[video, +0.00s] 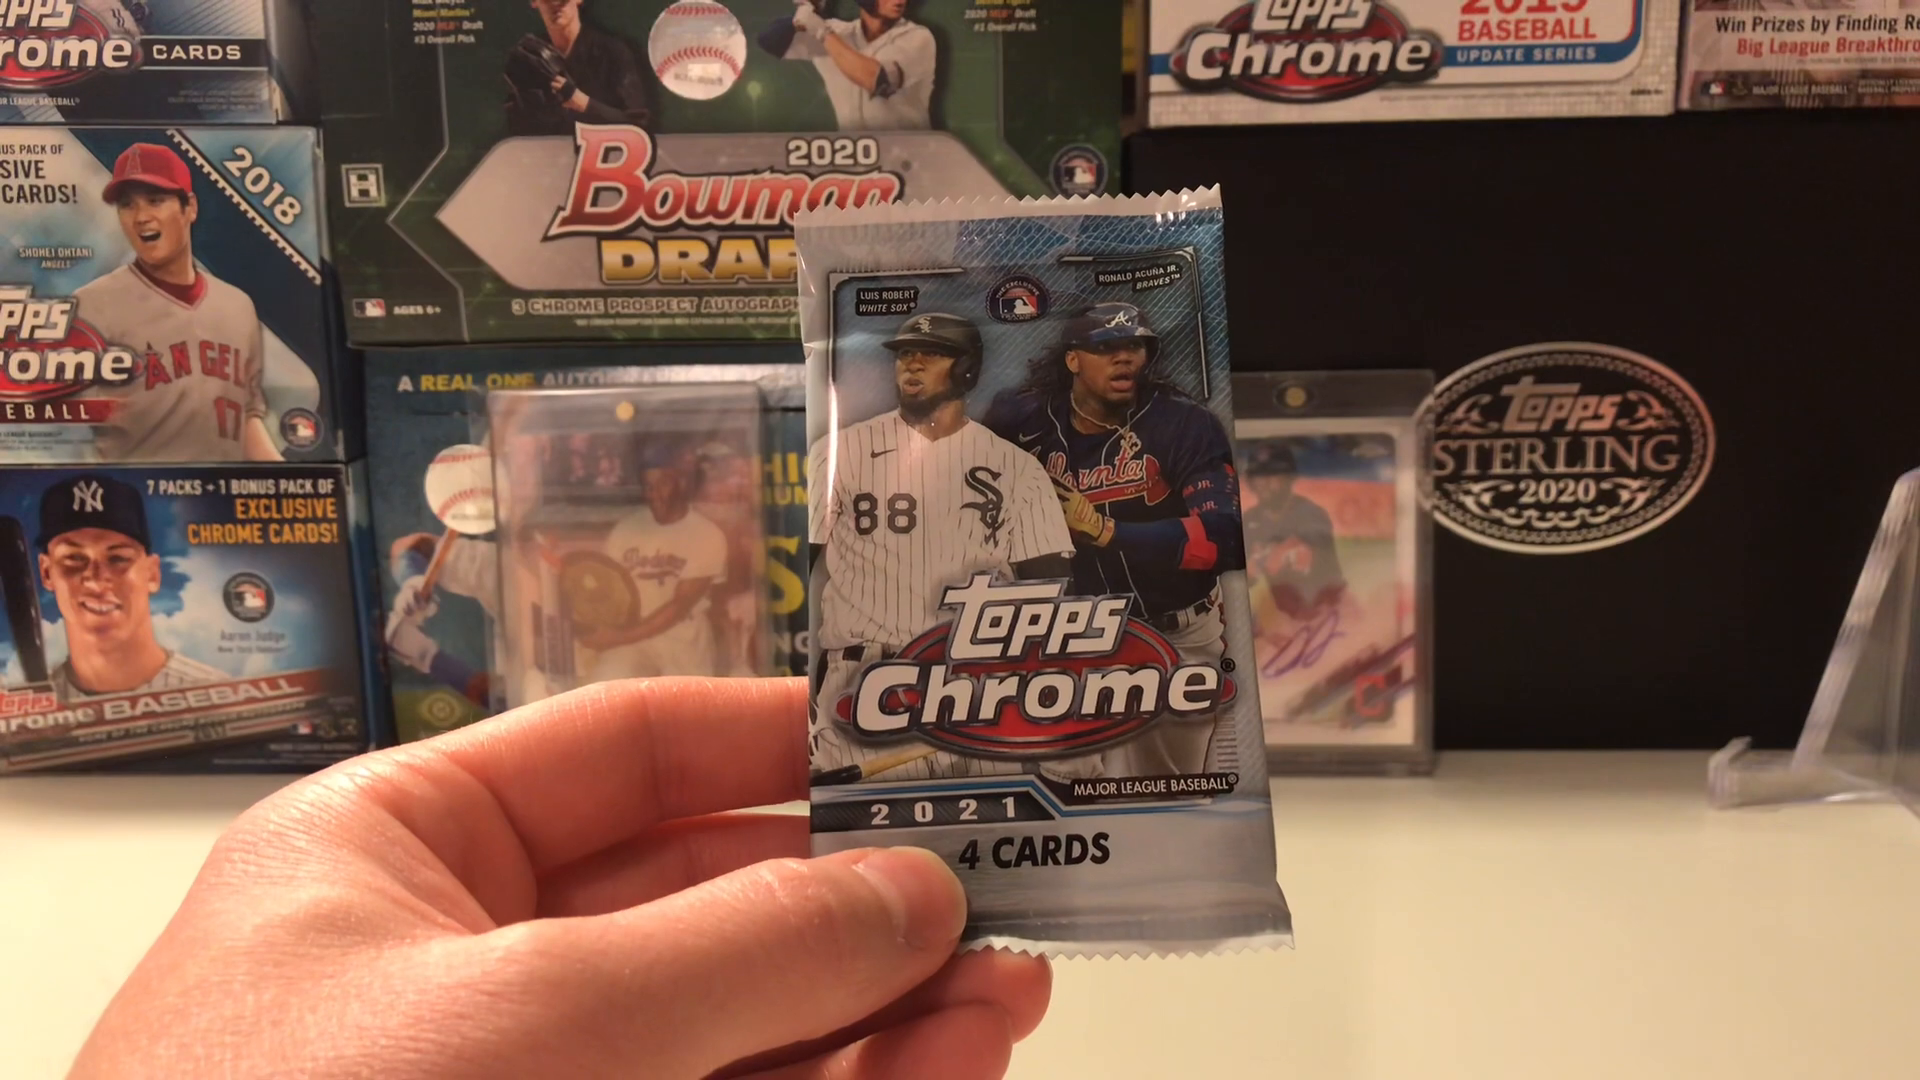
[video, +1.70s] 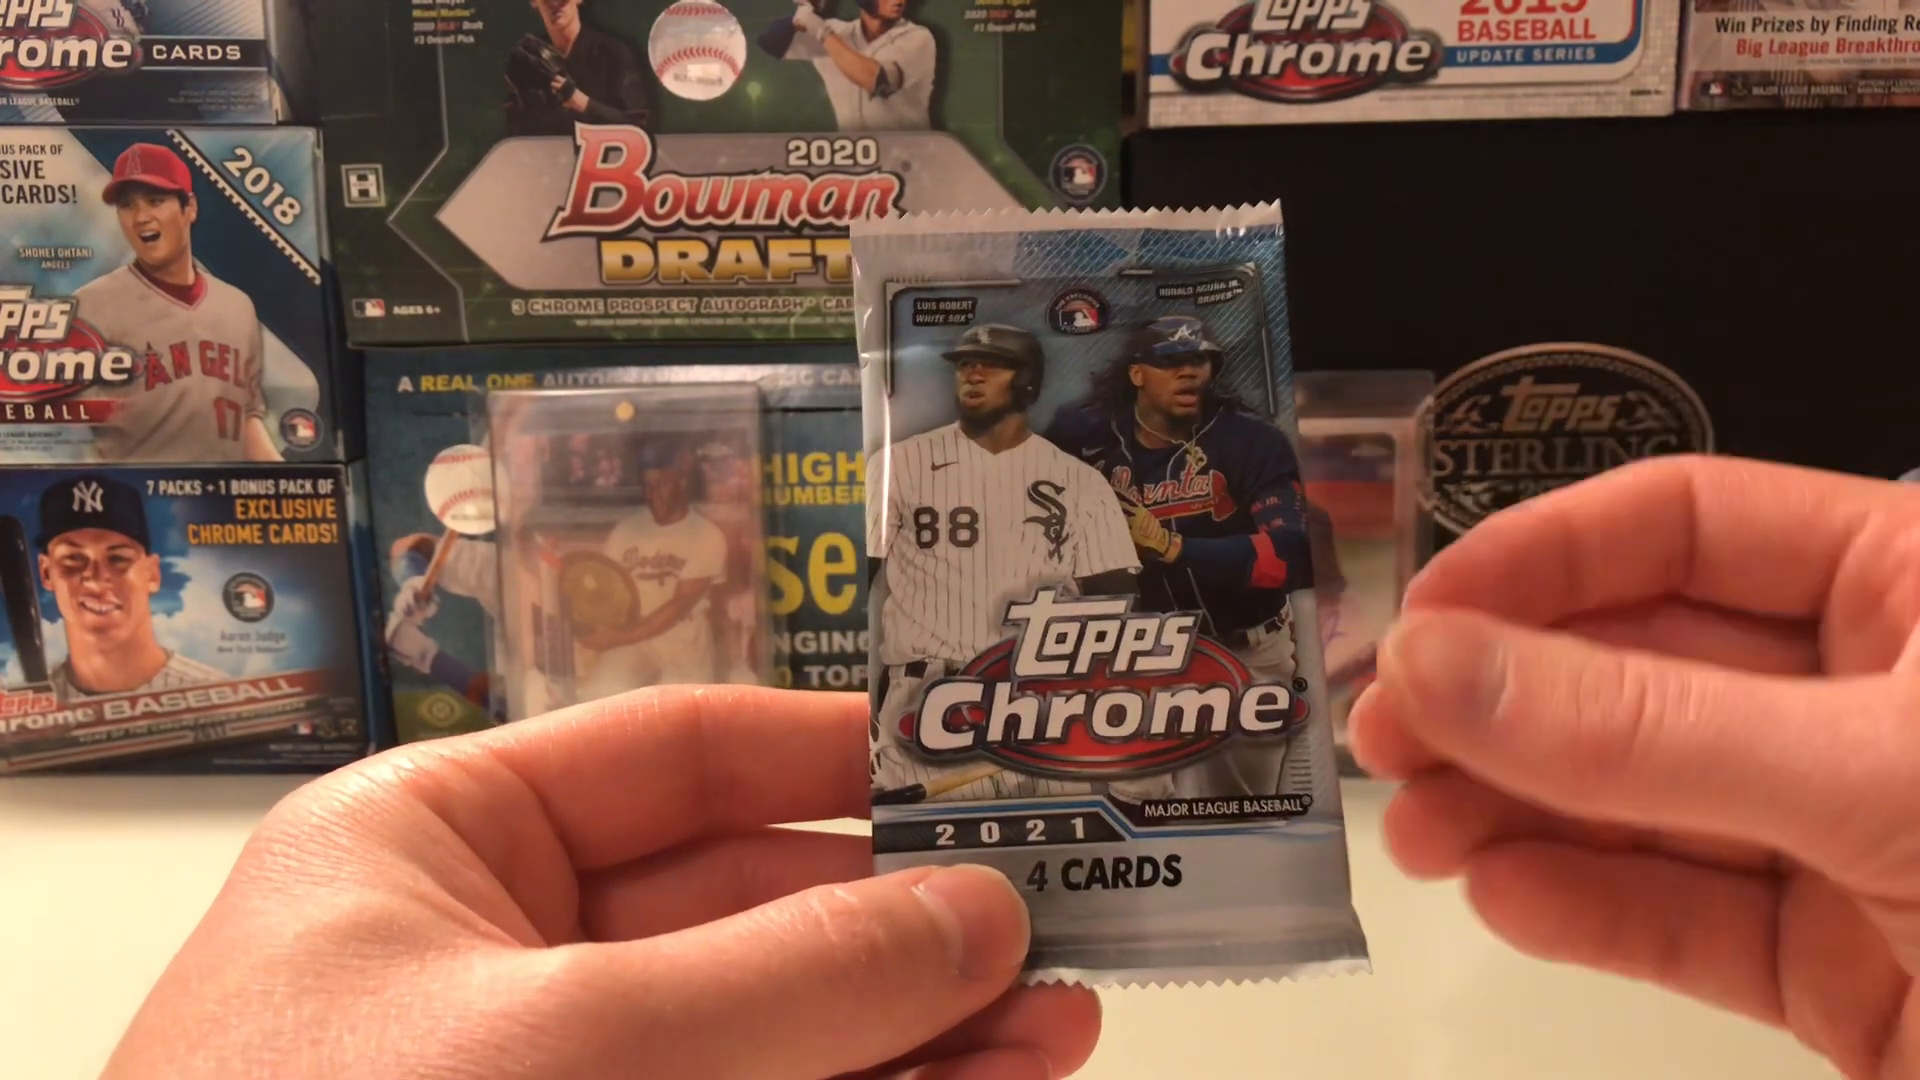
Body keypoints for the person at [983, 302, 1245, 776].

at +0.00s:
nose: (1126, 358)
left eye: (1135, 346)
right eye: (1108, 348)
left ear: (1148, 355)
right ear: (1073, 360)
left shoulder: (1187, 427)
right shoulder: (1020, 421)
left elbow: (1223, 540)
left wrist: (1107, 531)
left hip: (1178, 630)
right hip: (1068, 633)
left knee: (1172, 799)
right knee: (1072, 793)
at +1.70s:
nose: (1191, 372)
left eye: (1199, 360)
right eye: (1172, 361)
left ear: (1212, 369)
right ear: (1137, 374)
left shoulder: (1253, 443)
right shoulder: (1086, 437)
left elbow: (1287, 557)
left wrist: (1172, 546)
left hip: (1249, 648)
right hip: (1136, 651)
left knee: (1247, 814)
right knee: (1139, 812)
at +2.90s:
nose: (1257, 370)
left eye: (1266, 357)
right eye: (1238, 359)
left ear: (1278, 366)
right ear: (1201, 371)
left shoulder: (1320, 443)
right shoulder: (1149, 434)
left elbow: (1356, 558)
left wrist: (1240, 549)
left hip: (1317, 656)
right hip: (1199, 659)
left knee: (1317, 826)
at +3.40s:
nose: (1268, 377)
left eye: (1277, 365)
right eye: (1250, 367)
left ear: (1291, 371)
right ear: (1213, 377)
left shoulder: (1331, 446)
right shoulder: (1160, 439)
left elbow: (1371, 564)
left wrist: (1252, 552)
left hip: (1325, 650)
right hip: (1204, 652)